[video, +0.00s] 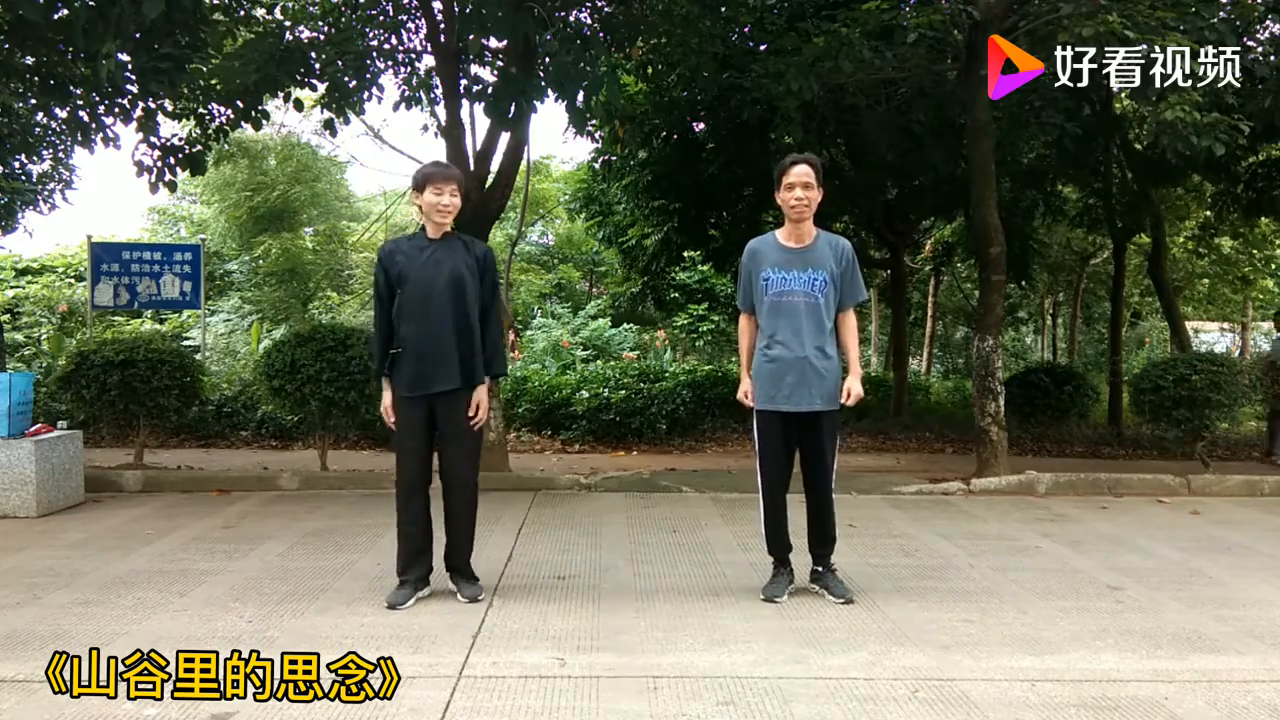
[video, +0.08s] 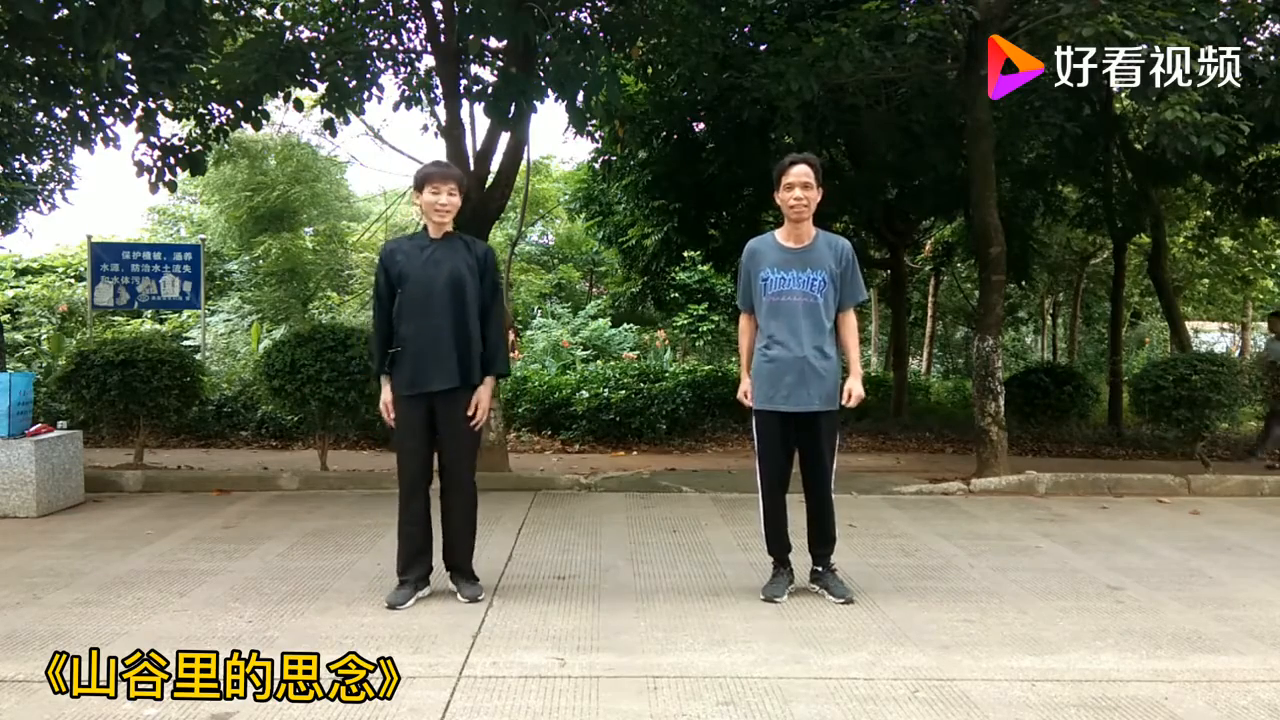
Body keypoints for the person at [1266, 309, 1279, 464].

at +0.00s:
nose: (1275, 326)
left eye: (1276, 322)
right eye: (1274, 322)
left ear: (1278, 324)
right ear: (1274, 324)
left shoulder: (1275, 345)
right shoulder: (1275, 344)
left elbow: (1272, 364)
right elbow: (1271, 364)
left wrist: (1268, 386)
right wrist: (1267, 386)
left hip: (1275, 391)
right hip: (1273, 391)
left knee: (1274, 419)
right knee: (1273, 419)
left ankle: (1274, 451)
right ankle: (1271, 450)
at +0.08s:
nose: (1270, 326)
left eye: (1272, 323)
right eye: (1269, 323)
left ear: (1278, 324)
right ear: (1270, 325)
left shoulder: (1273, 344)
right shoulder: (1270, 343)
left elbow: (1268, 364)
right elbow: (1264, 363)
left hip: (1274, 390)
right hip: (1272, 389)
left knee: (1272, 418)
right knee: (1271, 418)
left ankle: (1263, 448)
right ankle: (1262, 447)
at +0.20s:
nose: (1257, 326)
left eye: (1261, 323)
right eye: (1257, 323)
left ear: (1270, 324)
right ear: (1259, 325)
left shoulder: (1277, 344)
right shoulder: (1257, 344)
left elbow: (1276, 365)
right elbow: (1251, 365)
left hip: (1273, 389)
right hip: (1259, 388)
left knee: (1258, 421)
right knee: (1268, 421)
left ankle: (1248, 452)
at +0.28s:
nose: (1251, 326)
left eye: (1255, 322)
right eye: (1251, 322)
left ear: (1265, 323)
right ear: (1252, 324)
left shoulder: (1274, 344)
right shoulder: (1250, 342)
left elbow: (1274, 367)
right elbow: (1241, 360)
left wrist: (1272, 386)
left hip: (1265, 386)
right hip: (1249, 385)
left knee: (1255, 420)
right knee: (1250, 418)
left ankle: (1247, 451)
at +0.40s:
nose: (1240, 325)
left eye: (1243, 321)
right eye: (1239, 321)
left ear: (1252, 322)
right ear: (1241, 322)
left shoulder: (1260, 341)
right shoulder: (1239, 340)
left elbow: (1263, 364)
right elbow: (1238, 360)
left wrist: (1261, 382)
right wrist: (1237, 377)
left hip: (1255, 382)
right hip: (1241, 381)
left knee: (1250, 416)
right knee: (1240, 415)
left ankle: (1247, 450)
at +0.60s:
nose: (1250, 321)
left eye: (1253, 317)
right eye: (1248, 318)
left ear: (1262, 318)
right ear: (1247, 321)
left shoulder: (1273, 340)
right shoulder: (1245, 342)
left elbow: (1275, 365)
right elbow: (1235, 360)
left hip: (1266, 391)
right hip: (1247, 390)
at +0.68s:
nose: (1243, 321)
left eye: (1247, 317)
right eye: (1241, 318)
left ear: (1257, 319)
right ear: (1240, 320)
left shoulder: (1266, 339)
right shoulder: (1239, 340)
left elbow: (1275, 361)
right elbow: (1228, 358)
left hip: (1256, 386)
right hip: (1239, 385)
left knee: (1242, 422)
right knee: (1255, 422)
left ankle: (1229, 458)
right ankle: (1275, 452)